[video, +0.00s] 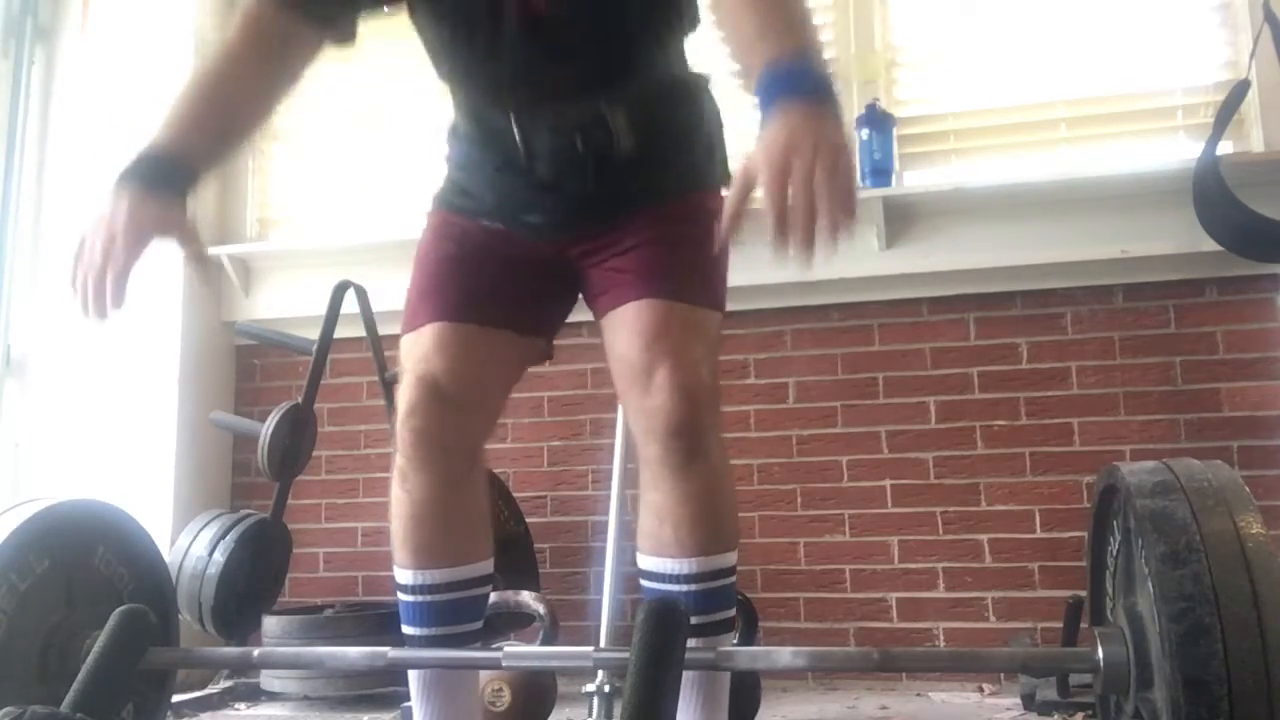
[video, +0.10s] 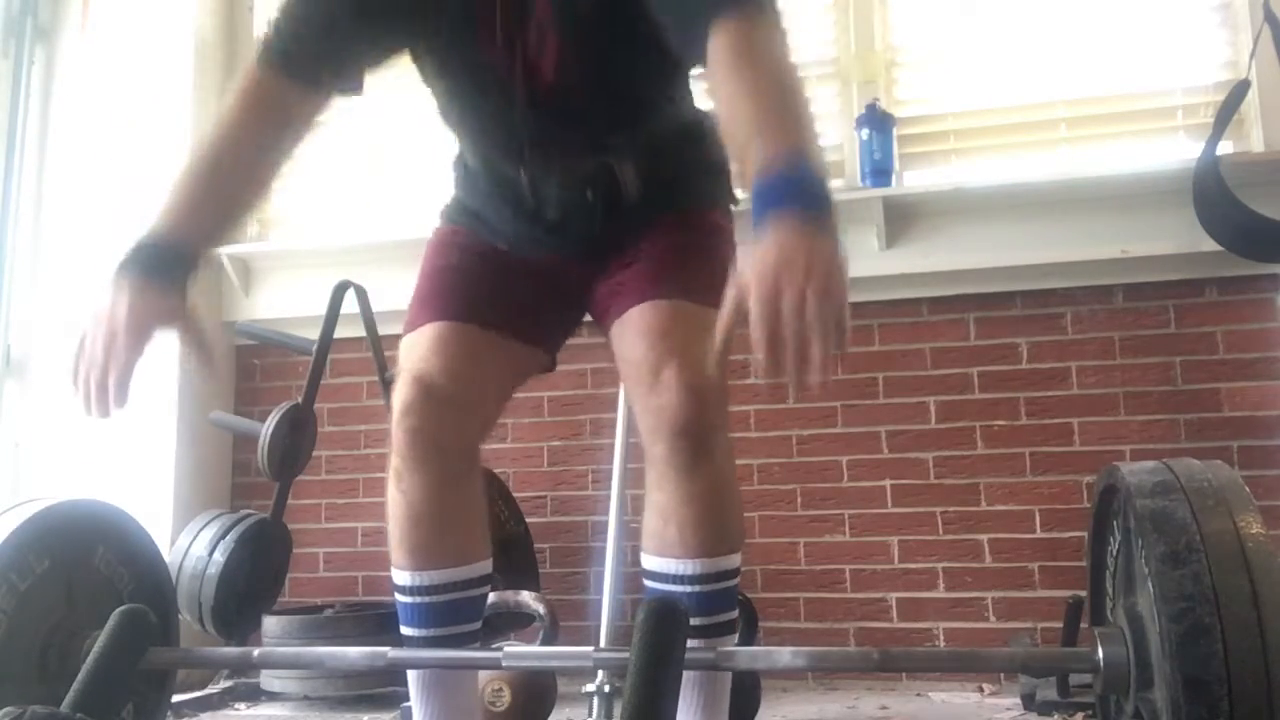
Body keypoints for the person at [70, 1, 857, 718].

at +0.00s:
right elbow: (285, 17)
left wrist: (793, 84)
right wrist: (159, 171)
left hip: (650, 157)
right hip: (494, 169)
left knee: (671, 397)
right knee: (429, 408)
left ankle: (701, 703)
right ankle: (445, 707)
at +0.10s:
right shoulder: (380, 2)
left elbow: (736, 19)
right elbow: (281, 88)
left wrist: (790, 198)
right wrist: (159, 257)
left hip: (660, 182)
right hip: (505, 192)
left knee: (679, 394)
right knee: (426, 409)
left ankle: (702, 705)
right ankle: (445, 707)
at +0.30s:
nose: (435, 7)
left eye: (452, 0)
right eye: (418, 2)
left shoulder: (660, 15)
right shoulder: (388, 41)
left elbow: (737, 208)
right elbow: (282, 253)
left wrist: (774, 450)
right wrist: (197, 457)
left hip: (665, 248)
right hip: (515, 252)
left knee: (702, 405)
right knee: (423, 408)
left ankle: (697, 698)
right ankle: (449, 702)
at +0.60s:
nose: (435, 69)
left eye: (460, 32)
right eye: (403, 43)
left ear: (512, 6)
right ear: (376, 29)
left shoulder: (649, 34)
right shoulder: (377, 110)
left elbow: (781, 256)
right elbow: (345, 341)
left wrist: (810, 508)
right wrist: (334, 562)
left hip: (671, 243)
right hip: (514, 257)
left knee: (702, 407)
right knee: (429, 415)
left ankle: (701, 703)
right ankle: (446, 705)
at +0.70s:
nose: (437, 105)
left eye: (459, 64)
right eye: (403, 81)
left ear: (509, 16)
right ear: (367, 63)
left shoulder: (643, 36)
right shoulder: (374, 134)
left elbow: (787, 261)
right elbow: (351, 360)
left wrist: (822, 488)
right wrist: (338, 589)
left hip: (673, 235)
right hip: (517, 255)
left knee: (701, 405)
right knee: (430, 414)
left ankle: (705, 701)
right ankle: (446, 705)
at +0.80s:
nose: (460, 120)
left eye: (479, 80)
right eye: (421, 102)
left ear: (517, 15)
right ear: (376, 81)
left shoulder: (646, 43)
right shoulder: (374, 143)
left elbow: (774, 276)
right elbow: (354, 370)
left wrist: (811, 502)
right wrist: (338, 596)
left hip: (673, 241)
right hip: (517, 260)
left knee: (695, 412)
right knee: (431, 416)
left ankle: (705, 700)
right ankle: (446, 702)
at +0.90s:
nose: (492, 127)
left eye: (509, 86)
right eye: (453, 114)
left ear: (538, 19)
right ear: (401, 91)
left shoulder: (649, 52)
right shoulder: (379, 134)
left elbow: (755, 310)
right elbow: (354, 368)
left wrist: (784, 539)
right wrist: (340, 594)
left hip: (658, 251)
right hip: (508, 260)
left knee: (680, 411)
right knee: (431, 416)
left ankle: (701, 701)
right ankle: (446, 704)